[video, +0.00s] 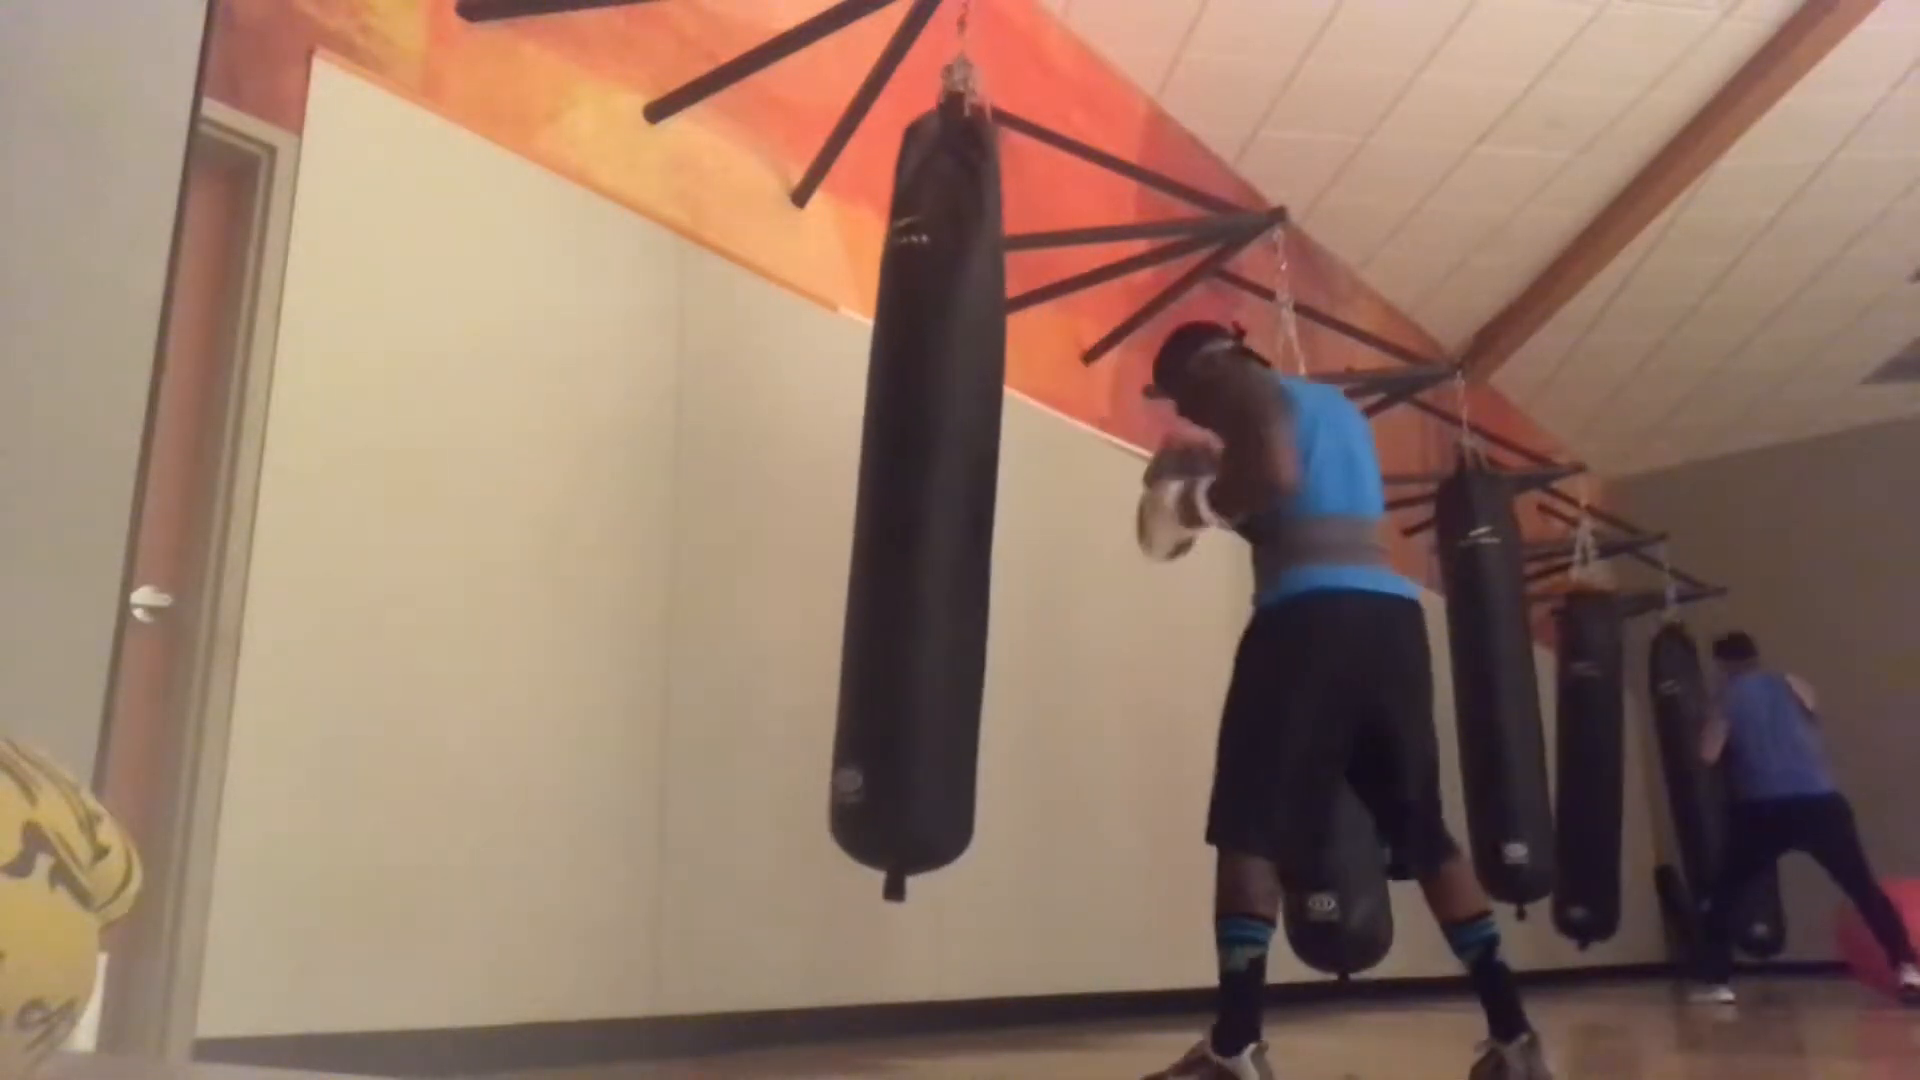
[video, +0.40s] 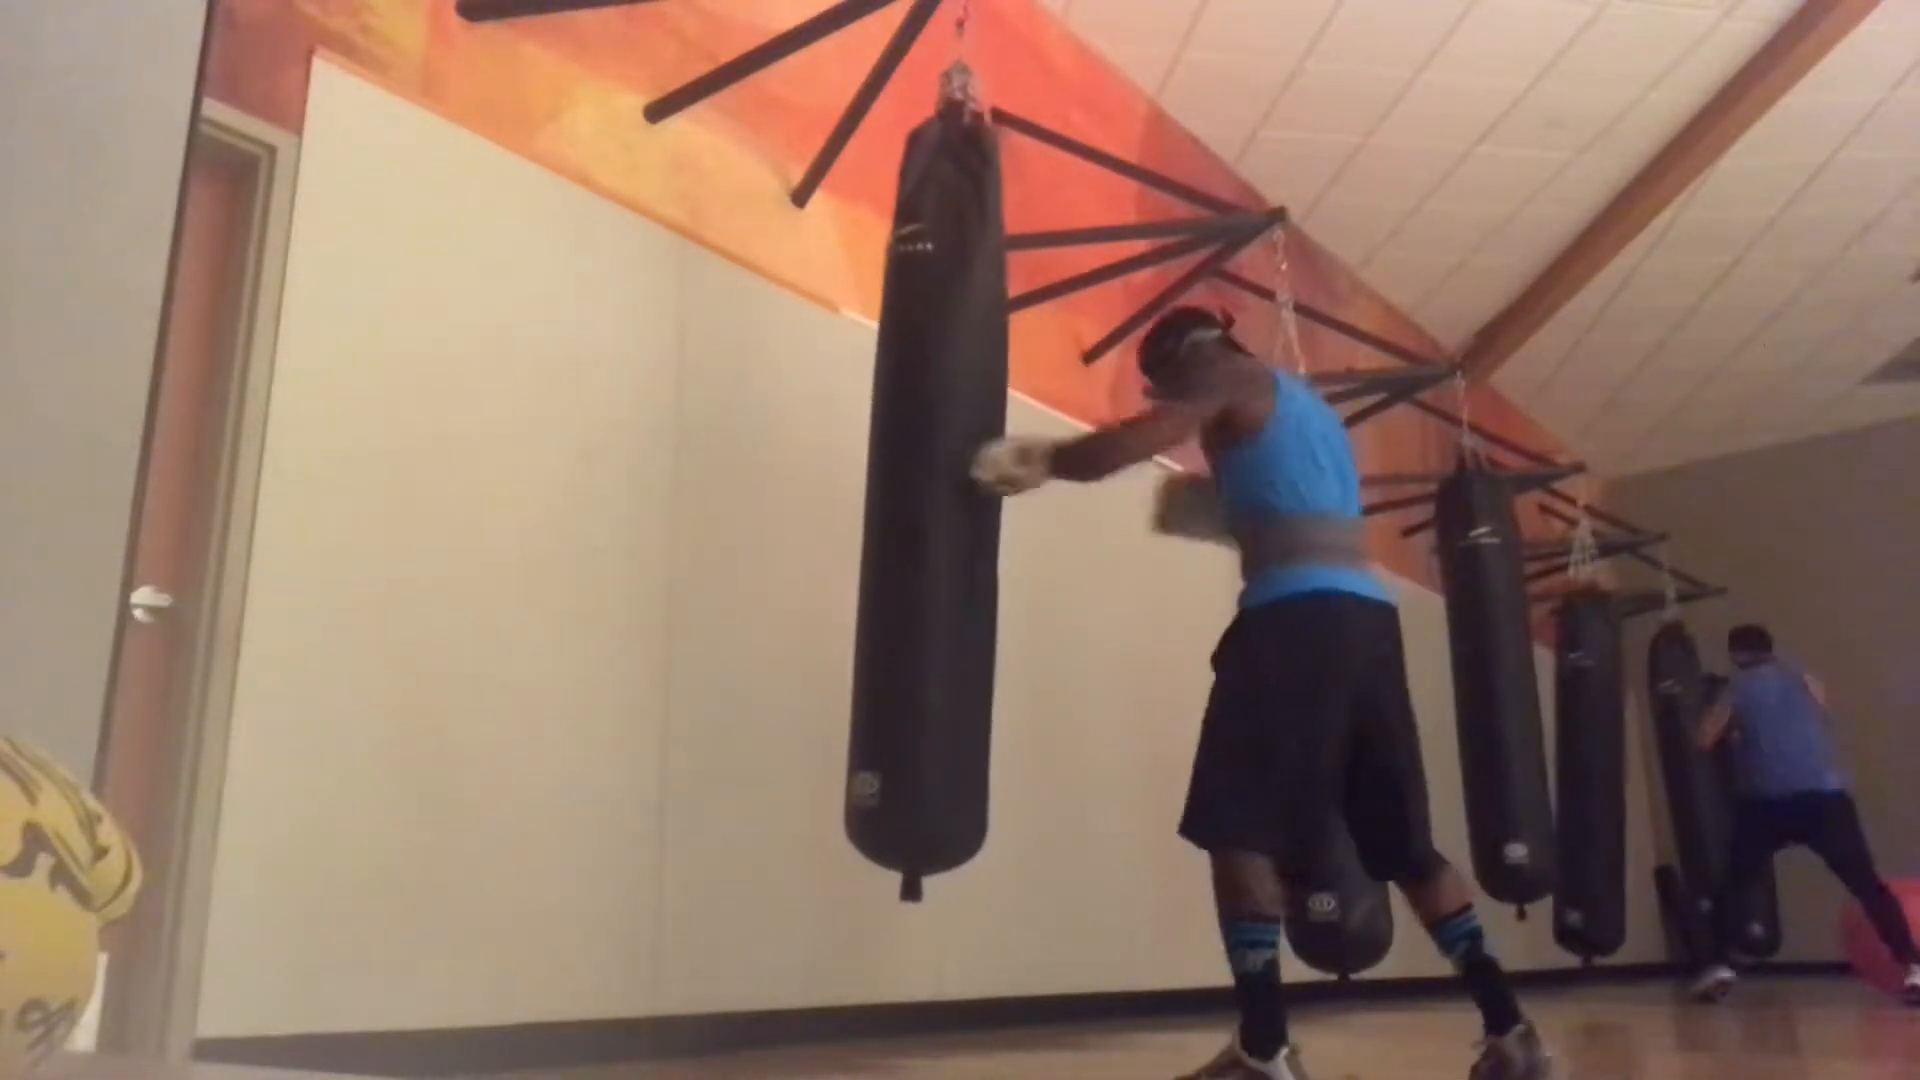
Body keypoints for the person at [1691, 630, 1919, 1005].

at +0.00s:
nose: (1724, 669)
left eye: (1722, 664)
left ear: (1722, 664)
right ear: (1756, 657)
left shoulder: (1727, 698)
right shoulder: (1788, 683)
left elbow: (1709, 752)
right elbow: (1813, 714)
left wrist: (1718, 711)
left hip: (1764, 810)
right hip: (1819, 804)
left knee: (1726, 891)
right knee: (1862, 886)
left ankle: (1718, 980)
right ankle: (1906, 963)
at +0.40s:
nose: (1734, 663)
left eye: (1733, 658)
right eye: (1737, 657)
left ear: (1735, 656)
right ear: (1770, 650)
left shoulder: (1737, 688)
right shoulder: (1801, 679)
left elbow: (1706, 738)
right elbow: (1822, 712)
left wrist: (1728, 727)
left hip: (1769, 802)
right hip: (1824, 798)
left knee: (1735, 882)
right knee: (1867, 884)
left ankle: (1721, 964)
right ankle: (1911, 965)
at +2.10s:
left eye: (1761, 645)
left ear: (1751, 649)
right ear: (1790, 639)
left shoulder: (1739, 686)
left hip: (1785, 801)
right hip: (1847, 794)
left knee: (1769, 888)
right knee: (1896, 879)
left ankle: (1759, 983)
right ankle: (1916, 977)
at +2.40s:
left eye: (1795, 641)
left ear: (1792, 641)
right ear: (1832, 634)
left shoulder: (1788, 672)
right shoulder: (1863, 666)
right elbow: (1883, 707)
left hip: (1812, 793)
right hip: (1871, 791)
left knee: (1785, 883)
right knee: (1905, 883)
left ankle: (1770, 978)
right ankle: (1916, 976)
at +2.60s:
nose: (1779, 658)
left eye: (1777, 653)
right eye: (1781, 654)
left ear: (1782, 649)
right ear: (1820, 641)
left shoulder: (1785, 677)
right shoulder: (1857, 672)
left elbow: (1732, 709)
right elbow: (1876, 714)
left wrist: (1730, 675)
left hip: (1811, 803)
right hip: (1869, 801)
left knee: (1788, 894)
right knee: (1902, 887)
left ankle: (1773, 983)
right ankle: (1917, 972)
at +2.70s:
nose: (1768, 661)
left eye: (1765, 655)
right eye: (1770, 656)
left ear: (1768, 652)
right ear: (1804, 642)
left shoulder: (1771, 681)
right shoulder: (1845, 674)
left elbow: (1722, 717)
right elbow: (1864, 713)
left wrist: (1721, 686)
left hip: (1801, 805)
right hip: (1860, 801)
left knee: (1782, 896)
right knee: (1899, 886)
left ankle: (1772, 983)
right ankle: (1917, 965)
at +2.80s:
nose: (1759, 661)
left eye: (1752, 656)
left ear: (1750, 654)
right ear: (1790, 643)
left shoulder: (1750, 685)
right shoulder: (1830, 671)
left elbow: (1719, 725)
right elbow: (1850, 708)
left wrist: (1718, 693)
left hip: (1797, 800)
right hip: (1855, 796)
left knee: (1780, 894)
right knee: (1900, 883)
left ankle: (1771, 982)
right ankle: (1917, 955)